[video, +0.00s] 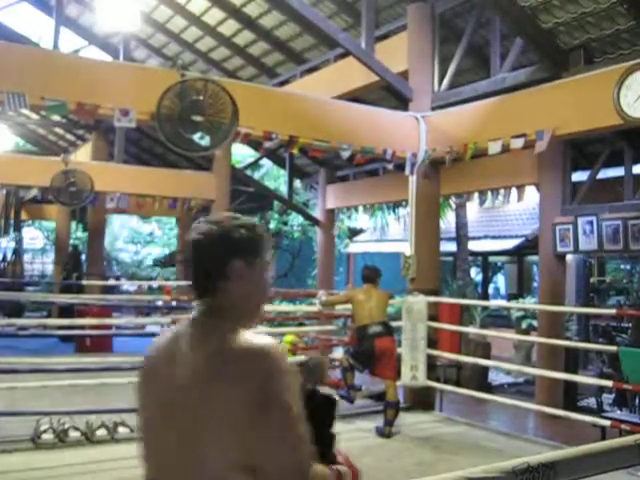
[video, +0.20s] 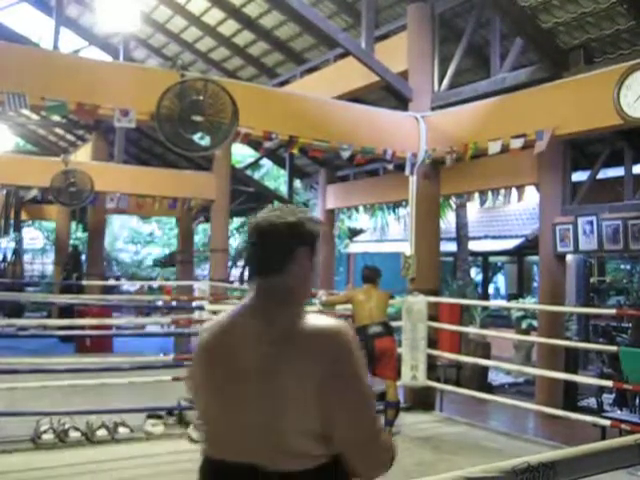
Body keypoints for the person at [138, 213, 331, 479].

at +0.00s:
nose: (269, 285)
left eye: (267, 271)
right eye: (264, 270)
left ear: (201, 275)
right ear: (238, 272)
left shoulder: (158, 355)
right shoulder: (262, 358)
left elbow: (158, 460)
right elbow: (290, 468)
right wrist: (335, 473)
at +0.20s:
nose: (316, 270)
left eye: (316, 260)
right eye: (315, 259)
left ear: (253, 260)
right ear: (304, 259)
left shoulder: (211, 338)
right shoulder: (330, 339)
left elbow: (211, 428)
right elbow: (369, 461)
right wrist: (383, 443)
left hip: (224, 469)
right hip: (310, 470)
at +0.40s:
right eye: (342, 259)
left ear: (283, 262)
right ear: (335, 261)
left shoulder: (243, 333)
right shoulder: (367, 335)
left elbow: (206, 405)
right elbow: (405, 441)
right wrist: (354, 436)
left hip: (255, 466)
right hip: (340, 467)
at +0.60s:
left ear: (287, 272)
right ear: (338, 273)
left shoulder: (253, 336)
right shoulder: (372, 337)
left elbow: (211, 398)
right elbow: (406, 431)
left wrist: (259, 378)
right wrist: (356, 405)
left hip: (267, 470)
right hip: (351, 471)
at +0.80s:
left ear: (276, 268)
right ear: (329, 268)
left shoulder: (249, 325)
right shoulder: (358, 329)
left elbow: (219, 379)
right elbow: (391, 412)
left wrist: (267, 371)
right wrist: (344, 396)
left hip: (262, 464)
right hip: (339, 467)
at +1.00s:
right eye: (333, 263)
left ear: (279, 267)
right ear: (327, 268)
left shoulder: (250, 315)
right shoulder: (351, 324)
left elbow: (218, 356)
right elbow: (386, 397)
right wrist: (341, 395)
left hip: (262, 455)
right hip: (334, 457)